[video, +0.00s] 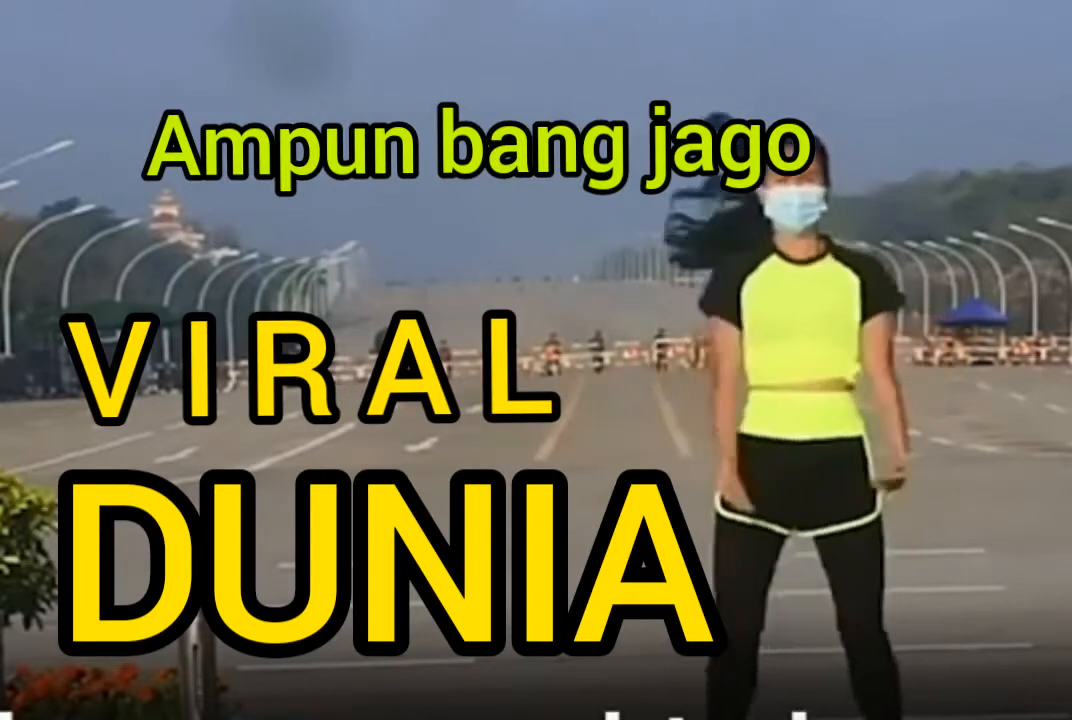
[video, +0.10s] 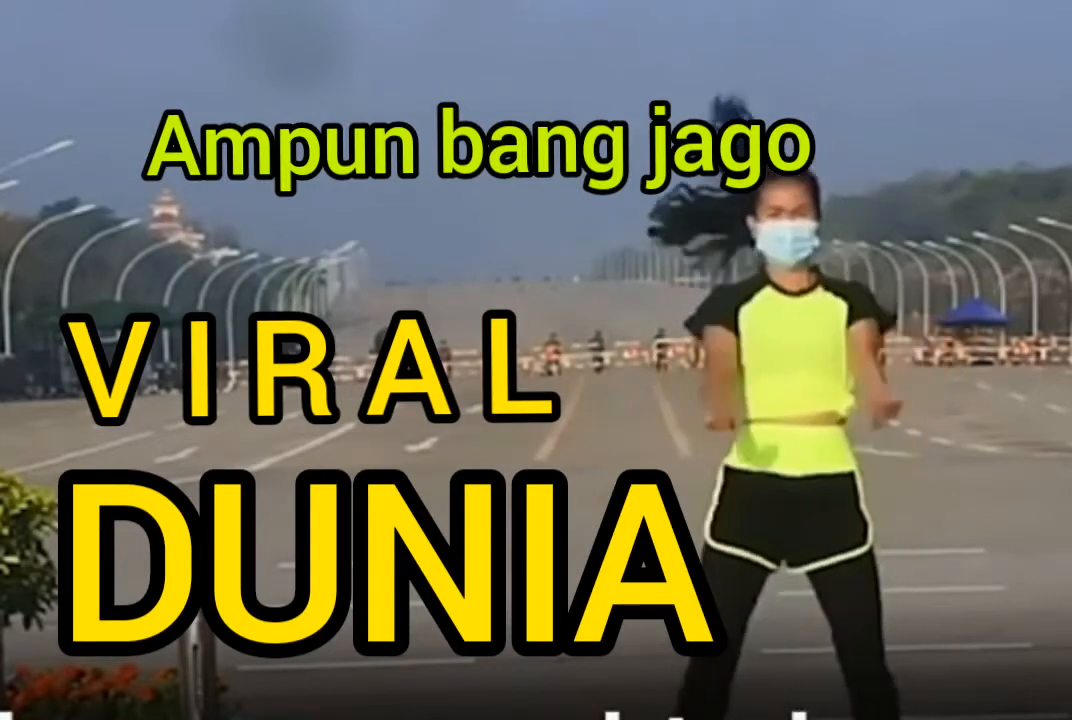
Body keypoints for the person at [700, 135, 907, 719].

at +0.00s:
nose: (795, 193)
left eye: (806, 181)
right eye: (782, 182)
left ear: (825, 191)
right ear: (761, 194)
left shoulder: (865, 274)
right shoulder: (736, 276)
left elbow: (881, 371)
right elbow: (726, 376)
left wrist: (898, 448)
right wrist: (727, 463)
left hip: (842, 463)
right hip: (756, 462)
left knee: (863, 628)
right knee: (734, 633)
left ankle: (886, 719)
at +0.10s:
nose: (789, 226)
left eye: (801, 214)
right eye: (775, 214)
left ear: (818, 223)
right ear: (754, 225)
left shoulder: (852, 301)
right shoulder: (728, 306)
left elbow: (866, 365)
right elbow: (719, 408)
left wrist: (880, 399)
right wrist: (727, 407)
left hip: (830, 494)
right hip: (750, 495)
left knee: (865, 663)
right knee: (712, 657)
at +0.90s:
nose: (707, 201)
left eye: (717, 190)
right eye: (692, 190)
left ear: (733, 203)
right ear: (671, 204)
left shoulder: (772, 282)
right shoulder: (649, 283)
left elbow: (794, 367)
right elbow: (641, 378)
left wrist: (817, 440)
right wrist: (646, 459)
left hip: (758, 466)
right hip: (678, 472)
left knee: (786, 625)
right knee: (669, 633)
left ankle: (798, 714)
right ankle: (660, 719)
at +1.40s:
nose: (677, 211)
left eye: (688, 199)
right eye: (663, 200)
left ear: (705, 209)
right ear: (643, 212)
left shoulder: (738, 287)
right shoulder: (617, 291)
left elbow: (793, 363)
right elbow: (570, 375)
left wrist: (764, 452)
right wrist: (609, 459)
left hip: (726, 478)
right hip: (643, 480)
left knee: (737, 650)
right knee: (642, 650)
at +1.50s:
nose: (676, 257)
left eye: (688, 244)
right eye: (663, 246)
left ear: (706, 255)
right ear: (643, 259)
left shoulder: (737, 330)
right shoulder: (620, 333)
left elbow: (817, 356)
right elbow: (539, 371)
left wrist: (742, 379)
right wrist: (620, 377)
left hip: (725, 519)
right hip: (646, 522)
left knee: (745, 682)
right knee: (635, 684)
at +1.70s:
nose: (684, 211)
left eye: (696, 199)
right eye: (669, 200)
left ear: (713, 210)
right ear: (648, 213)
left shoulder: (750, 288)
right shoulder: (625, 295)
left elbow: (814, 362)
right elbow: (568, 379)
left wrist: (785, 440)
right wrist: (626, 458)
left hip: (743, 485)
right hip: (660, 486)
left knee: (761, 650)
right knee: (661, 652)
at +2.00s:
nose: (706, 279)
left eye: (717, 267)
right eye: (691, 269)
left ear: (735, 278)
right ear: (670, 282)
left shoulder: (768, 352)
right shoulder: (655, 356)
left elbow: (800, 382)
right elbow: (651, 385)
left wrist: (810, 372)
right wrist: (656, 381)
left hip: (766, 541)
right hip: (687, 548)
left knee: (833, 685)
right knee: (661, 697)